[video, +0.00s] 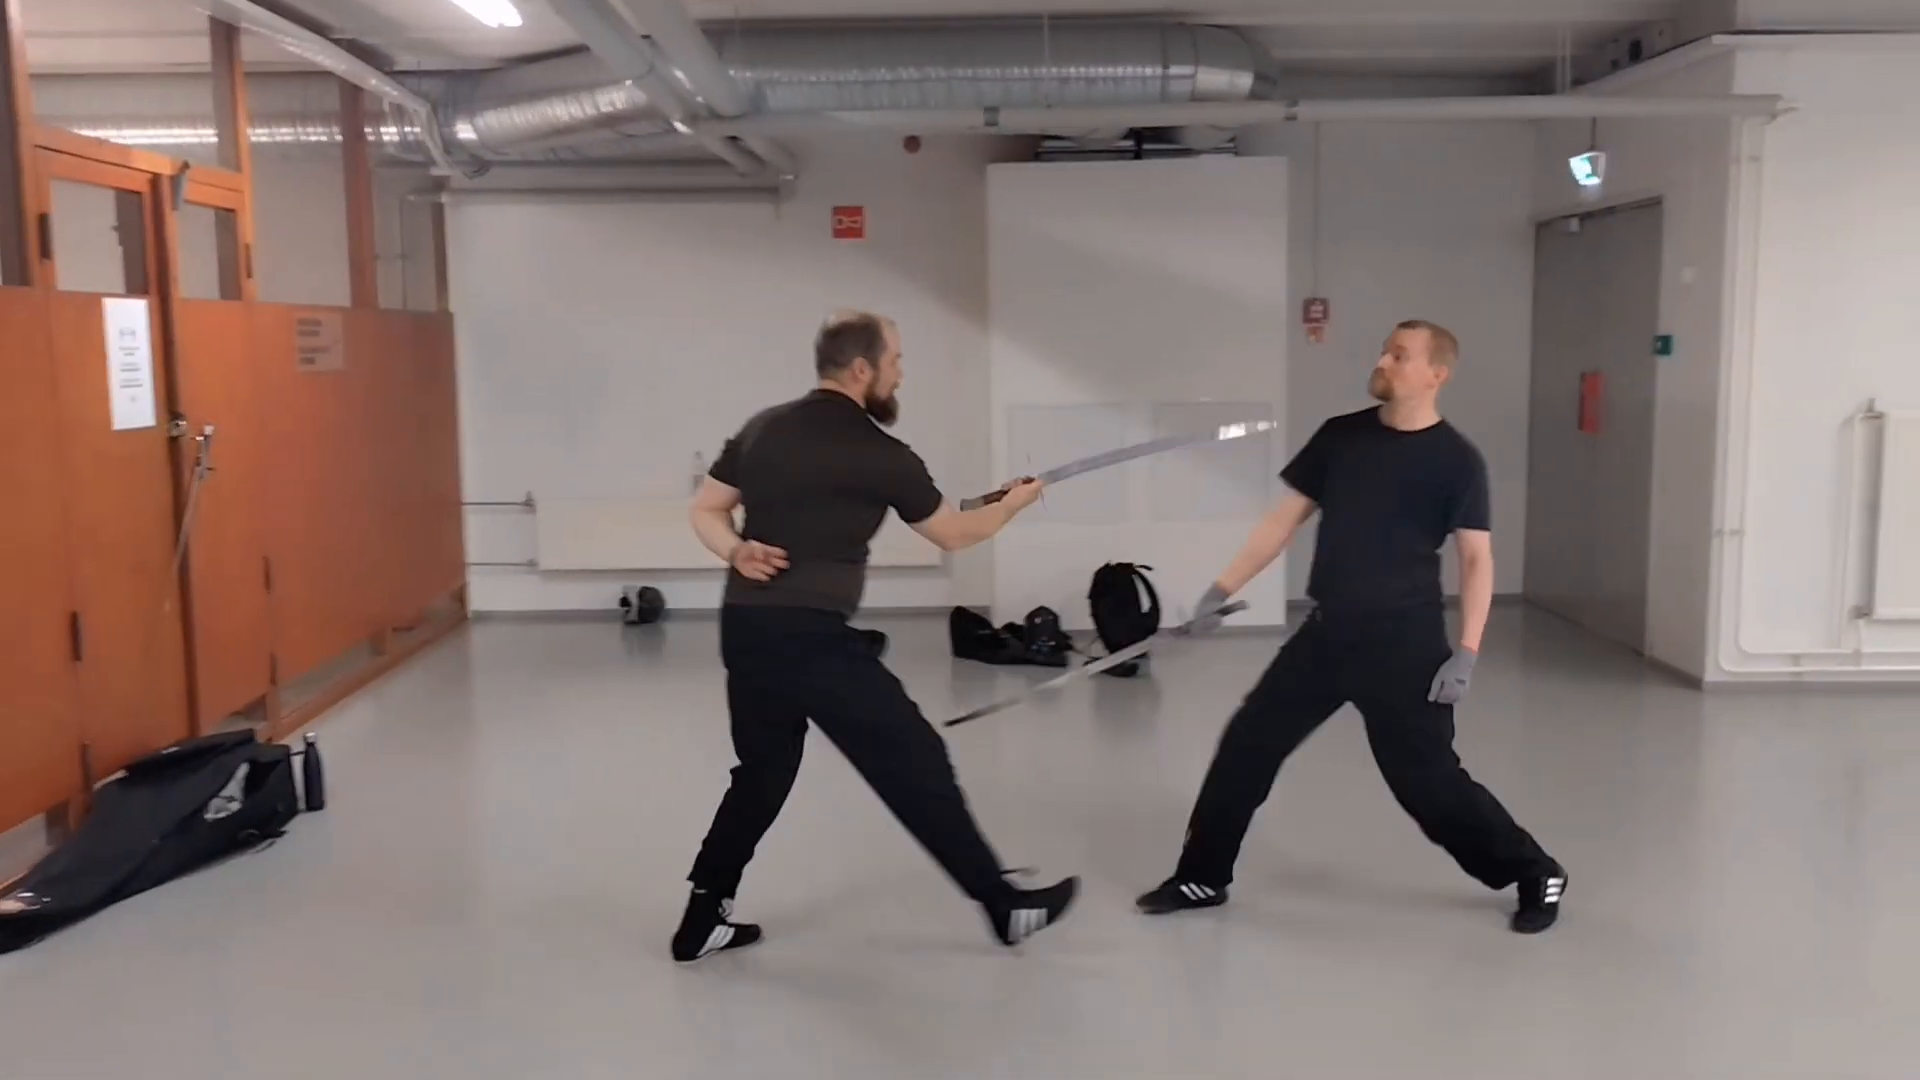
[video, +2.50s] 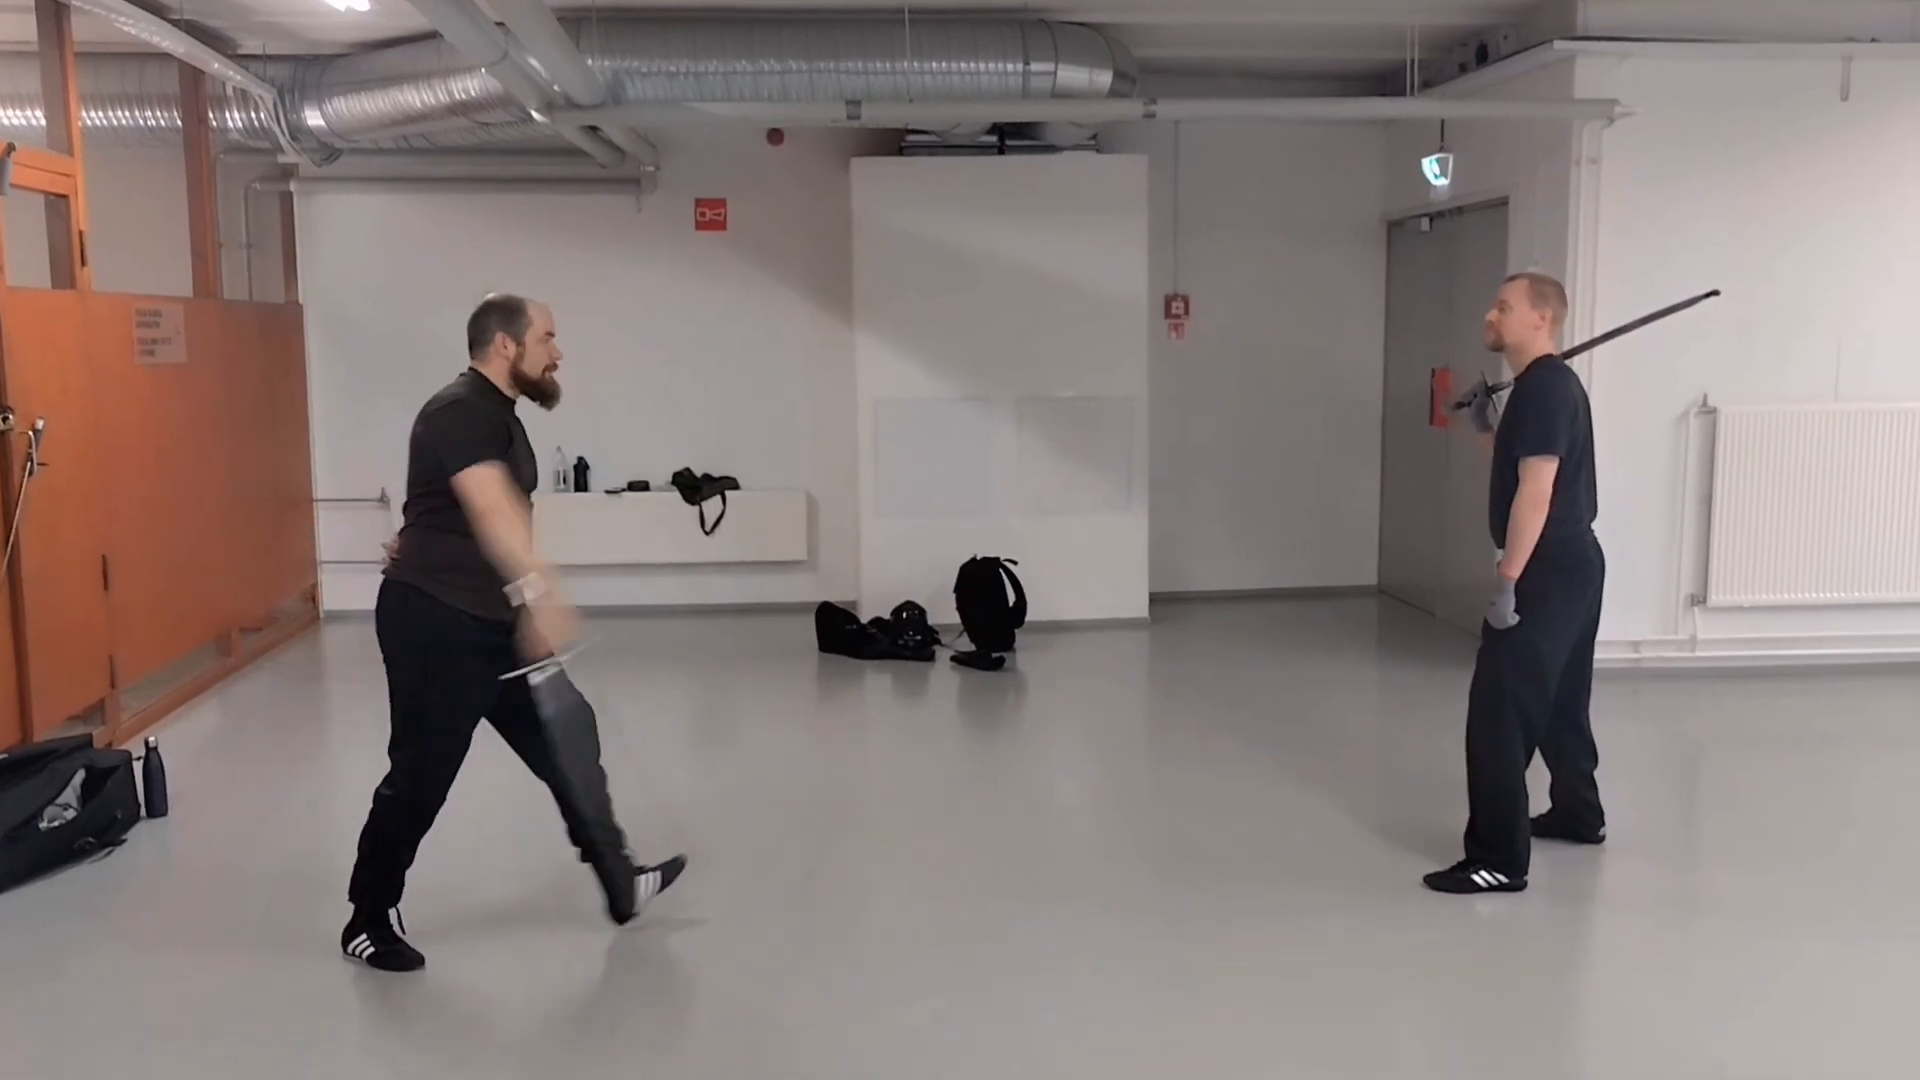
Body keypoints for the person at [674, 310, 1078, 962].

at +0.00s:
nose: (901, 372)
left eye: (899, 360)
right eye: (894, 361)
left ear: (835, 370)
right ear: (861, 369)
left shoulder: (766, 429)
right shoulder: (880, 453)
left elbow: (706, 509)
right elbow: (951, 532)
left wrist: (735, 549)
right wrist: (1011, 505)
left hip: (746, 631)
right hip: (815, 633)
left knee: (763, 771)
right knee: (913, 757)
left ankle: (700, 920)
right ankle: (1003, 902)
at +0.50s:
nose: (1064, 351)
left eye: (1061, 338)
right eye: (1058, 339)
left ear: (998, 354)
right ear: (1030, 352)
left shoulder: (935, 412)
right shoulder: (1039, 444)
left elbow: (877, 489)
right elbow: (1072, 564)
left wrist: (887, 527)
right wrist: (1109, 618)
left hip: (889, 606)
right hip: (962, 618)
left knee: (876, 754)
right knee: (1031, 758)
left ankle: (776, 888)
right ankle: (1024, 918)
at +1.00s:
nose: (925, 350)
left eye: (922, 338)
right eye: (916, 337)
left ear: (872, 348)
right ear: (882, 346)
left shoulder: (841, 413)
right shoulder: (859, 416)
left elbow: (796, 534)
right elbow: (854, 522)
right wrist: (881, 616)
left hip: (815, 612)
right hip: (837, 612)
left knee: (839, 756)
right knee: (921, 755)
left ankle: (757, 892)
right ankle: (979, 908)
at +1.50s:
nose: (740, 362)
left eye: (736, 349)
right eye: (728, 350)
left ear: (693, 362)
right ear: (689, 361)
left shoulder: (680, 431)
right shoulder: (646, 422)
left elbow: (637, 519)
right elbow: (595, 520)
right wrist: (626, 615)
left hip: (651, 629)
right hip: (594, 630)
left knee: (713, 752)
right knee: (537, 767)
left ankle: (720, 897)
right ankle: (424, 899)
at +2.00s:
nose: (576, 356)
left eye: (574, 343)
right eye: (566, 342)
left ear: (530, 351)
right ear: (522, 349)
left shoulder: (548, 438)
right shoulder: (440, 416)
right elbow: (355, 503)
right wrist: (304, 596)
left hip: (494, 625)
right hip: (417, 620)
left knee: (550, 748)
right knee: (414, 776)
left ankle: (540, 901)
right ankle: (378, 925)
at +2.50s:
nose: (557, 353)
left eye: (554, 340)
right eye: (546, 340)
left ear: (505, 347)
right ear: (505, 346)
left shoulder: (499, 418)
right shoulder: (463, 411)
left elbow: (476, 519)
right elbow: (493, 514)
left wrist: (417, 546)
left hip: (486, 619)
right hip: (433, 617)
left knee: (564, 739)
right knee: (420, 776)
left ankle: (619, 879)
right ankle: (368, 920)